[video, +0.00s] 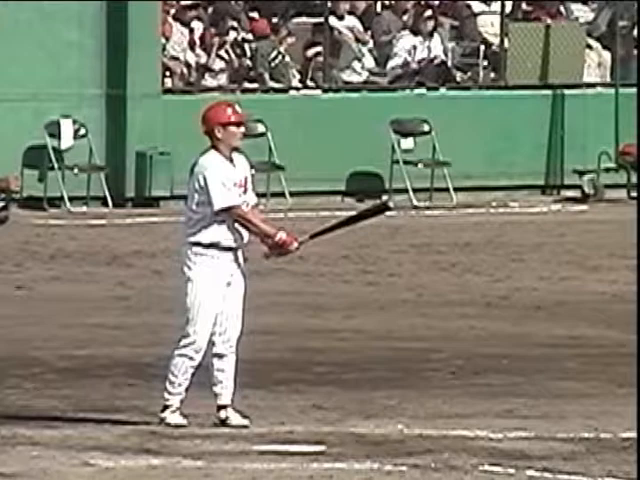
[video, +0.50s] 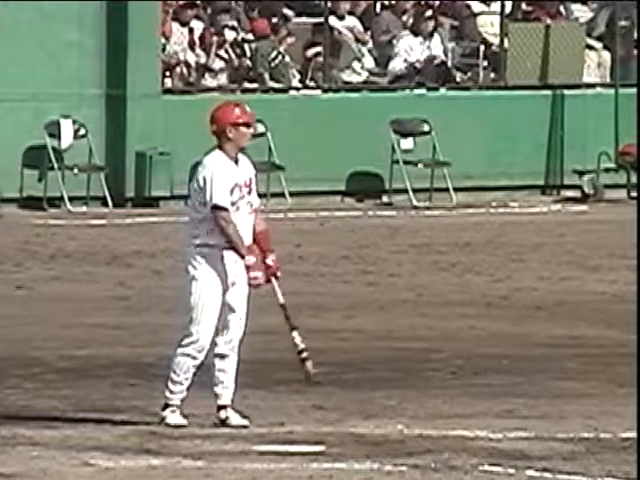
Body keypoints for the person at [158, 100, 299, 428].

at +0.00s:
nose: (242, 129)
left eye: (241, 124)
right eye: (235, 125)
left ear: (234, 130)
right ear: (217, 131)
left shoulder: (241, 164)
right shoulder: (209, 166)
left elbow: (250, 209)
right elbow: (234, 211)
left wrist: (269, 239)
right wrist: (275, 234)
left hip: (232, 255)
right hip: (205, 256)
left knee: (228, 336)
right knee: (197, 333)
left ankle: (224, 405)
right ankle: (171, 404)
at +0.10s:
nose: (242, 129)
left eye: (242, 124)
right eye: (236, 125)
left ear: (235, 130)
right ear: (218, 131)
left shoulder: (242, 164)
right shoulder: (209, 166)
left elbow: (249, 209)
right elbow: (235, 211)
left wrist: (270, 240)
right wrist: (276, 235)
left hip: (233, 255)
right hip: (205, 256)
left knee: (228, 336)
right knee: (198, 334)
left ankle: (224, 406)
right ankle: (171, 404)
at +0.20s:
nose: (244, 130)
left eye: (243, 125)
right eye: (237, 125)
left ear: (235, 131)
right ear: (219, 131)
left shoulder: (242, 164)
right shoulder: (211, 166)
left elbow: (250, 210)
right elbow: (240, 212)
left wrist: (274, 244)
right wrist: (280, 239)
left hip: (232, 256)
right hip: (205, 256)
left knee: (228, 336)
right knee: (198, 334)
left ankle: (224, 406)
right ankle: (171, 404)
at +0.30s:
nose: (244, 130)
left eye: (244, 125)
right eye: (238, 125)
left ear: (238, 130)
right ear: (220, 130)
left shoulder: (242, 164)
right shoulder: (213, 166)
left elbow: (252, 211)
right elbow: (239, 213)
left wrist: (274, 247)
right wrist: (275, 245)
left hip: (234, 256)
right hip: (207, 256)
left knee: (228, 336)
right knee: (198, 333)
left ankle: (225, 405)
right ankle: (171, 404)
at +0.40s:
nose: (247, 131)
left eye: (247, 126)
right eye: (241, 126)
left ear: (236, 131)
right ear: (224, 132)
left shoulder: (244, 166)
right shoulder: (213, 167)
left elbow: (254, 213)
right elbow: (232, 216)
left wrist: (271, 251)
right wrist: (265, 252)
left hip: (234, 254)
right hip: (207, 255)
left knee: (230, 331)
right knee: (201, 331)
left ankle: (224, 406)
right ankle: (172, 405)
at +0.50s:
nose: (251, 131)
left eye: (250, 125)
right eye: (245, 126)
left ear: (237, 131)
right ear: (228, 132)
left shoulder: (245, 165)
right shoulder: (212, 168)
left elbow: (255, 212)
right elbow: (224, 220)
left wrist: (267, 251)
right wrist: (250, 258)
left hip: (236, 255)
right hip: (207, 255)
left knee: (230, 336)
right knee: (200, 334)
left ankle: (224, 405)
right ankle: (172, 404)